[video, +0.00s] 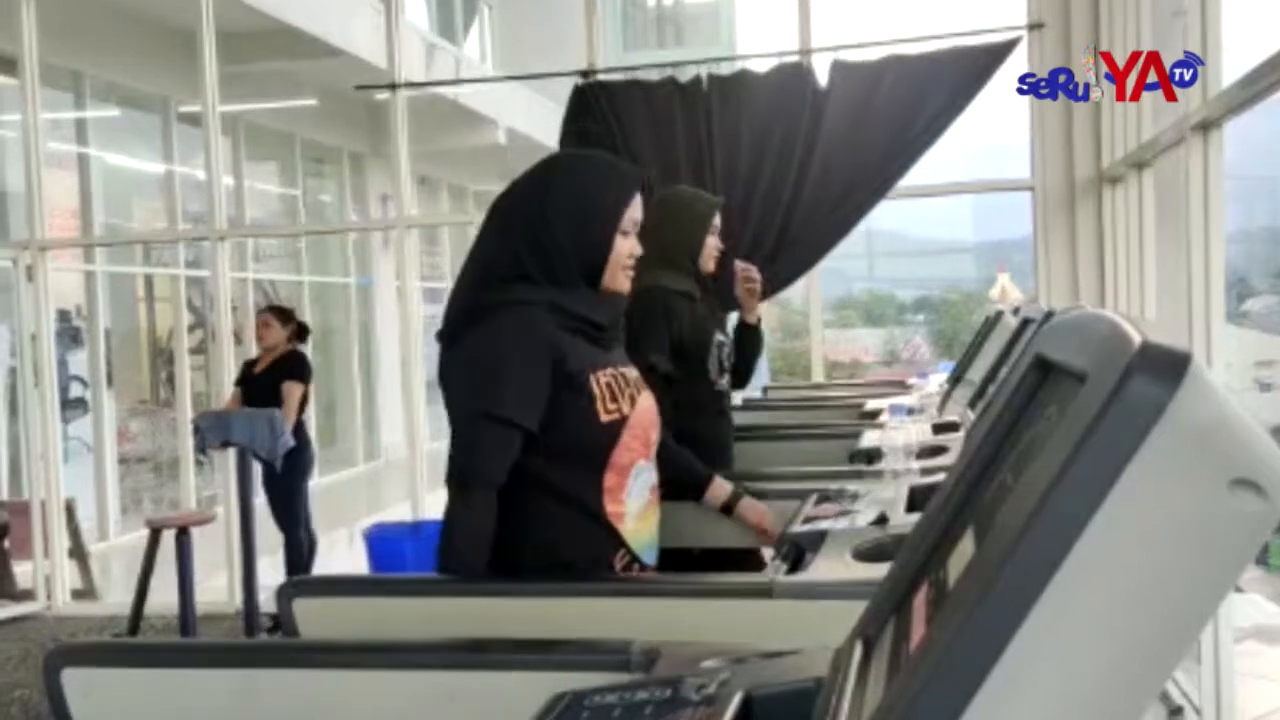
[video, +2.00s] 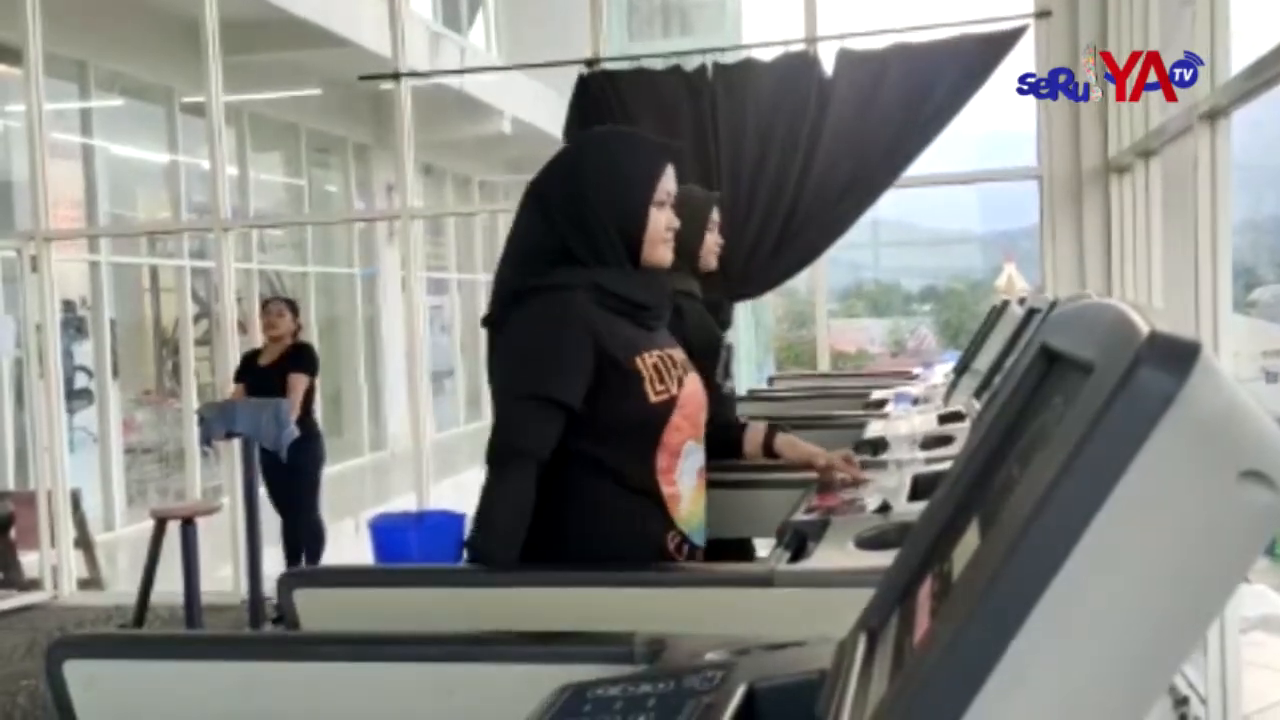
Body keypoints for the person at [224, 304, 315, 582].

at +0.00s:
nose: (260, 332)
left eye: (267, 326)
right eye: (258, 326)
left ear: (287, 330)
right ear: (255, 331)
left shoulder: (295, 361)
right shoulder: (251, 366)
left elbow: (290, 407)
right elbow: (234, 404)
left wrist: (277, 439)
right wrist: (217, 429)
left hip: (292, 442)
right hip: (265, 444)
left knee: (294, 518)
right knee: (285, 518)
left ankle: (297, 583)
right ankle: (299, 580)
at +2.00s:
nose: (272, 320)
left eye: (280, 315)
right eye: (267, 315)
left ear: (294, 322)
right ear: (261, 322)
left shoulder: (301, 352)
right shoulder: (251, 359)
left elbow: (295, 398)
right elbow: (238, 398)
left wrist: (282, 429)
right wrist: (224, 423)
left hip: (302, 436)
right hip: (267, 439)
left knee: (305, 509)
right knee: (288, 512)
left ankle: (312, 571)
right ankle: (292, 574)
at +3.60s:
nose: (272, 319)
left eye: (279, 314)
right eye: (266, 314)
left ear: (290, 321)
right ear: (257, 321)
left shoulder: (300, 352)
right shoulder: (246, 358)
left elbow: (293, 397)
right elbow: (234, 397)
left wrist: (280, 427)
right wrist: (219, 420)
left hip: (300, 437)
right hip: (262, 439)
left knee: (303, 507)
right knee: (282, 511)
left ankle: (309, 571)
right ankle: (287, 574)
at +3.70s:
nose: (273, 319)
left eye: (280, 314)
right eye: (266, 314)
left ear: (291, 321)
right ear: (257, 321)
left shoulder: (302, 354)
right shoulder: (243, 357)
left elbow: (294, 396)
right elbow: (232, 399)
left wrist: (280, 426)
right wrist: (242, 424)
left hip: (300, 437)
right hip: (261, 439)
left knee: (302, 508)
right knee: (273, 512)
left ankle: (309, 569)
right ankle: (279, 573)